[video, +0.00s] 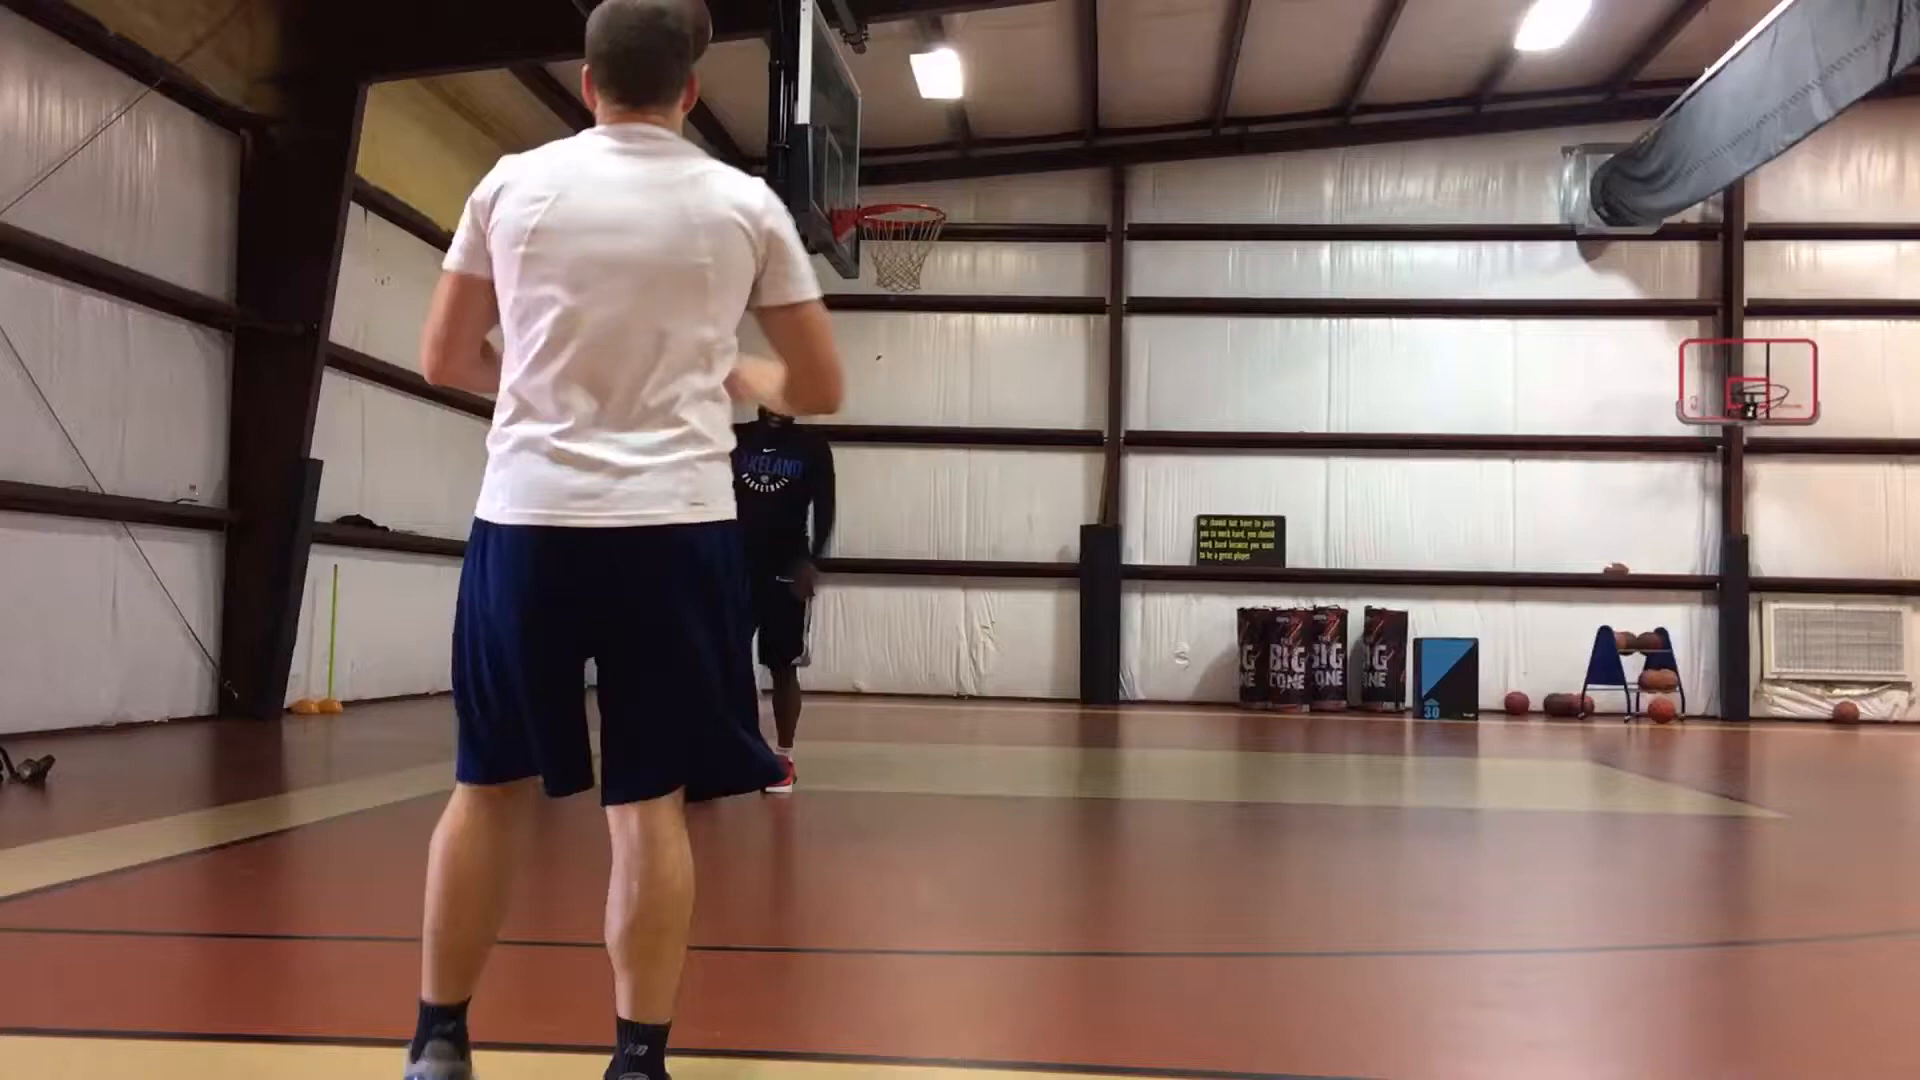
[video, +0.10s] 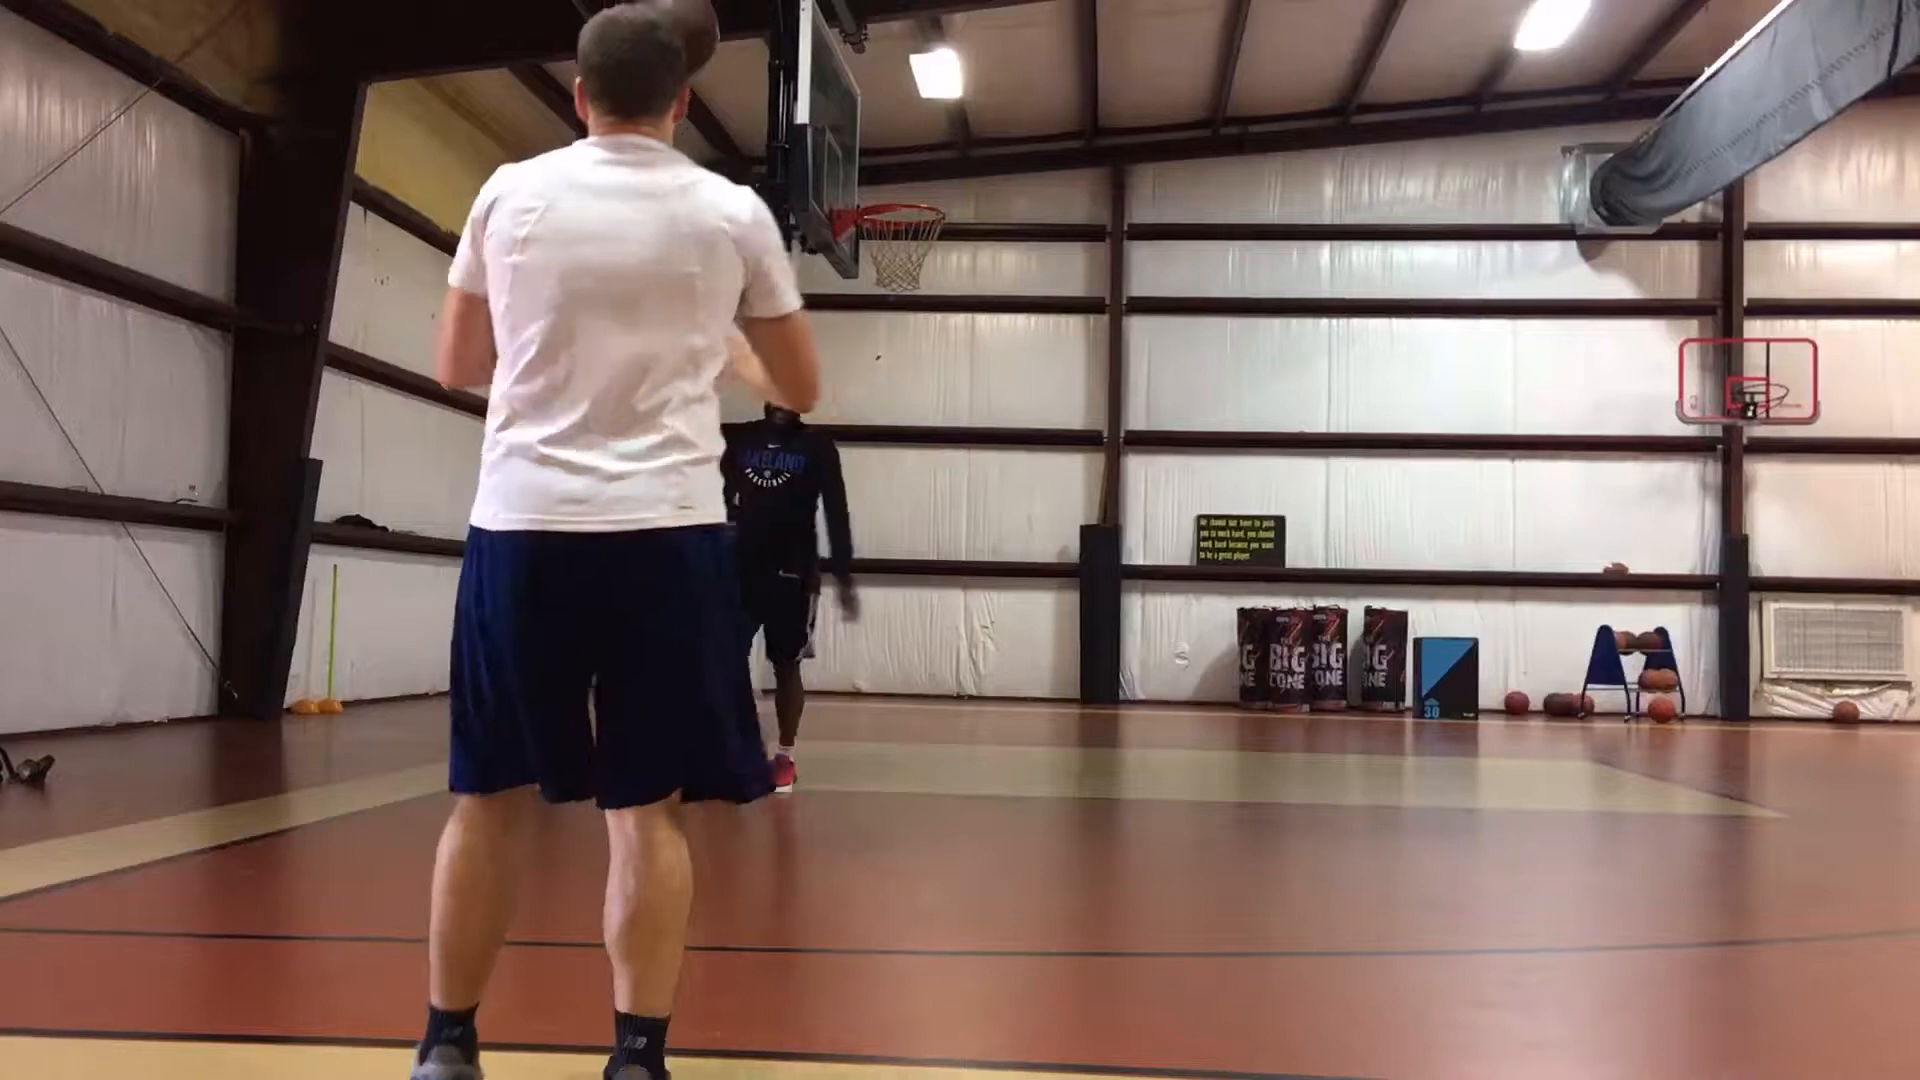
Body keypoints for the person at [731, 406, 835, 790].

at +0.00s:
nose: (781, 396)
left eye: (790, 388)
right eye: (775, 387)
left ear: (799, 396)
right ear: (761, 391)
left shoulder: (812, 445)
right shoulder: (734, 438)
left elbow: (824, 510)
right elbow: (714, 496)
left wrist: (812, 559)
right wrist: (714, 551)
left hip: (784, 568)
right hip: (734, 564)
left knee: (782, 665)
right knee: (733, 664)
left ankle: (784, 755)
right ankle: (743, 752)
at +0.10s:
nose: (784, 401)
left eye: (794, 393)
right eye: (778, 391)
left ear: (803, 402)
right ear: (765, 395)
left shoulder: (818, 447)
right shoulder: (739, 439)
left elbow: (836, 516)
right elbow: (716, 495)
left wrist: (843, 578)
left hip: (792, 573)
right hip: (740, 567)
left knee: (786, 666)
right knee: (725, 661)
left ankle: (784, 754)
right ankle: (734, 754)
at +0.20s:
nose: (790, 404)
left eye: (799, 399)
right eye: (788, 396)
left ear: (813, 407)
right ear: (780, 398)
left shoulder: (828, 448)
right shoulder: (758, 441)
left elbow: (855, 515)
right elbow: (736, 497)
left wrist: (876, 579)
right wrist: (705, 531)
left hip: (801, 570)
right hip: (755, 564)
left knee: (788, 663)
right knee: (738, 656)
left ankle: (785, 752)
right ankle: (768, 736)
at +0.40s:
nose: (812, 420)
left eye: (822, 415)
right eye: (810, 412)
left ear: (836, 423)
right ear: (802, 415)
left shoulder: (855, 465)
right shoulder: (783, 459)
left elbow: (876, 523)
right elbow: (766, 512)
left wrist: (893, 577)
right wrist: (733, 542)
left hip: (827, 576)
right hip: (786, 572)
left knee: (799, 666)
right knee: (792, 667)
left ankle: (788, 757)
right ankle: (830, 736)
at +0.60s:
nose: (831, 421)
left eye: (839, 414)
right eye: (827, 414)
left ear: (854, 419)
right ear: (819, 418)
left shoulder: (877, 460)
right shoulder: (810, 456)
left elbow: (888, 526)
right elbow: (787, 514)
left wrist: (884, 582)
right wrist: (764, 564)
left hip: (860, 573)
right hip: (819, 570)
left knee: (841, 656)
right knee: (827, 658)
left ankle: (837, 744)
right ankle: (838, 746)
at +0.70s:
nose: (847, 421)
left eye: (854, 414)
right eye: (842, 414)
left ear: (867, 417)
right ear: (832, 418)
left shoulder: (889, 456)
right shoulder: (819, 457)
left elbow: (897, 513)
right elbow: (805, 509)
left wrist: (881, 558)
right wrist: (803, 563)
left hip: (870, 565)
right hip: (828, 562)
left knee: (866, 654)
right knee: (834, 654)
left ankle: (874, 736)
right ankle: (840, 747)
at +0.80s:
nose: (857, 425)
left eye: (863, 418)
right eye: (853, 419)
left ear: (879, 421)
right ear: (846, 423)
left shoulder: (902, 459)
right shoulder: (835, 465)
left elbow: (908, 515)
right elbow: (830, 519)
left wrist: (879, 544)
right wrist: (827, 563)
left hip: (885, 576)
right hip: (843, 575)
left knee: (889, 658)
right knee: (839, 662)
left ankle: (912, 725)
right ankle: (837, 746)